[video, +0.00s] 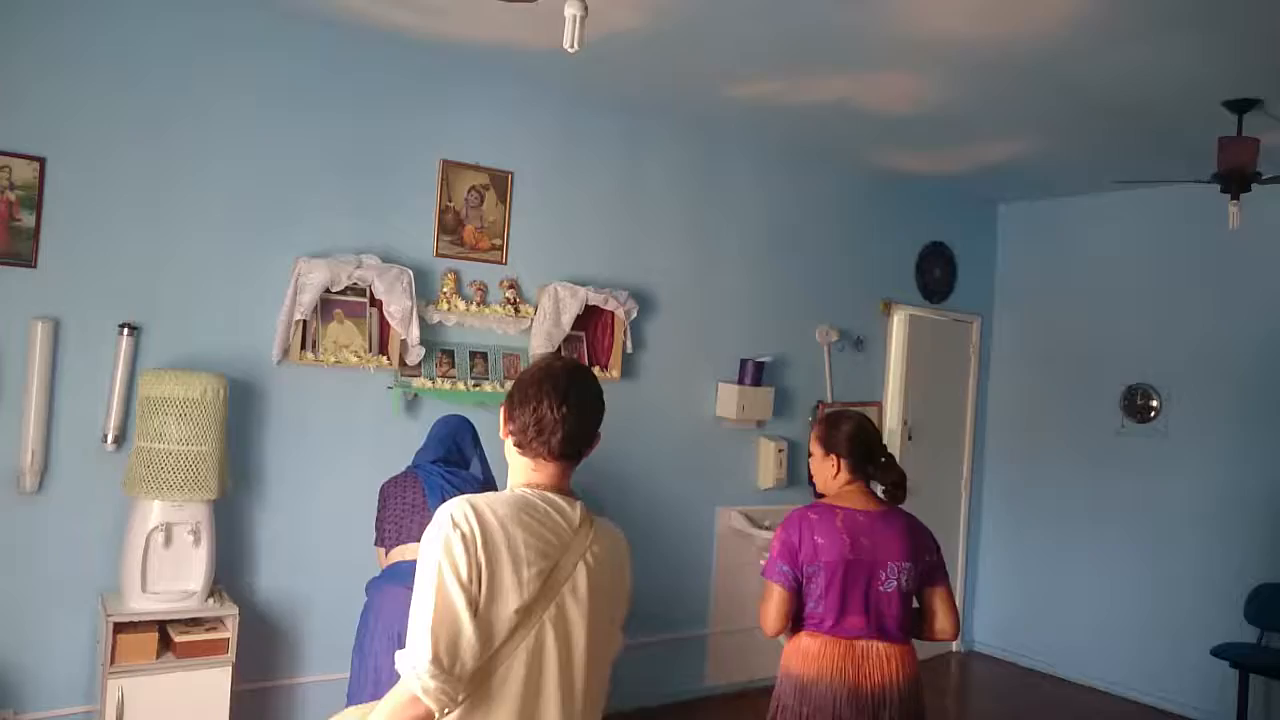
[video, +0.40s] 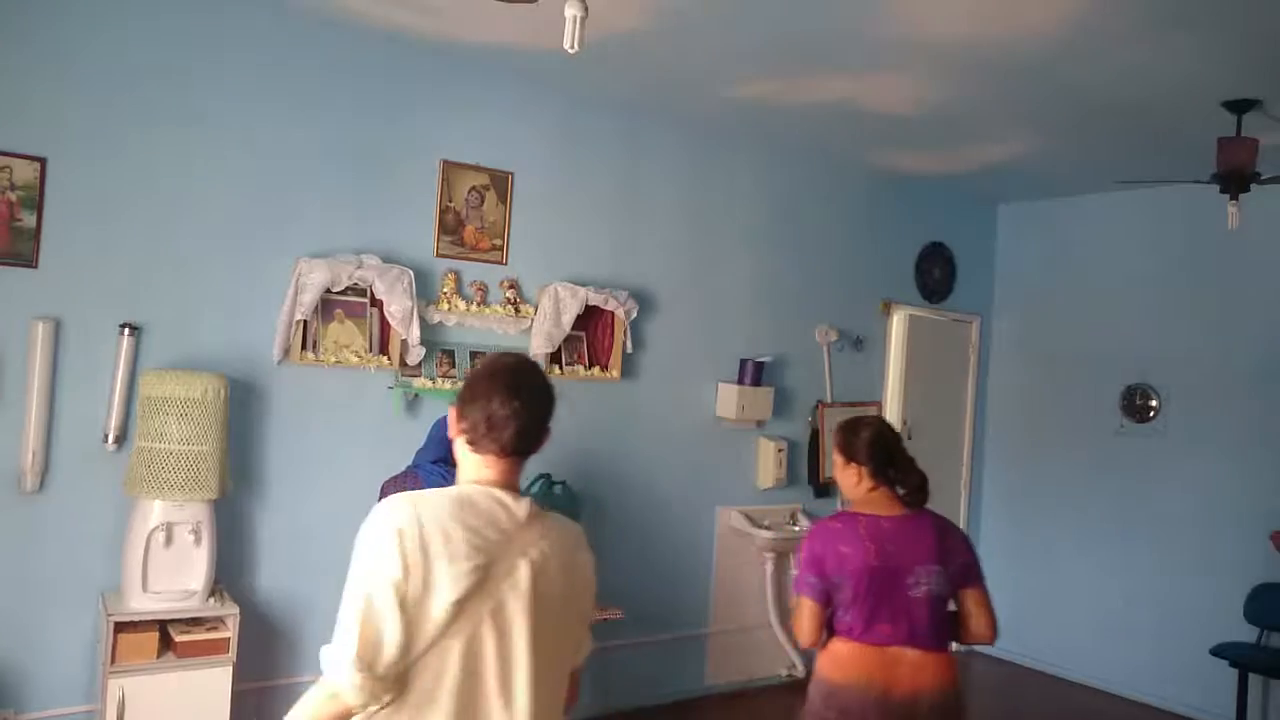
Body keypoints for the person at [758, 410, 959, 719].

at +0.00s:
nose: (809, 467)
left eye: (812, 457)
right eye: (809, 457)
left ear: (835, 464)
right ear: (870, 462)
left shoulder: (801, 524)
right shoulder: (913, 530)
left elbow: (773, 624)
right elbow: (945, 626)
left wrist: (803, 610)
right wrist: (888, 614)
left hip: (816, 680)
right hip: (892, 681)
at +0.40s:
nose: (834, 474)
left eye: (837, 465)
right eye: (834, 464)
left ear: (857, 473)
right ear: (893, 466)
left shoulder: (826, 535)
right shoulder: (945, 533)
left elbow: (807, 636)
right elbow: (982, 629)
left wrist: (843, 616)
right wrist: (922, 617)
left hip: (849, 688)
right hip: (931, 688)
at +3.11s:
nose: (940, 482)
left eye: (944, 472)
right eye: (942, 471)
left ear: (967, 487)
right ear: (1012, 480)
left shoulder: (947, 561)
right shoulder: (1057, 558)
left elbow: (926, 677)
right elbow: (1086, 657)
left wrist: (895, 632)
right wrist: (1019, 646)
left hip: (962, 704)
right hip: (1040, 703)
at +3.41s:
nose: (956, 479)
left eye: (961, 469)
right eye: (958, 468)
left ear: (987, 484)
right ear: (1025, 479)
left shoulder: (970, 560)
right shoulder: (1067, 553)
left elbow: (954, 670)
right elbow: (1089, 642)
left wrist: (909, 623)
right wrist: (1022, 634)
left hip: (982, 702)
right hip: (1050, 694)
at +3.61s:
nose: (962, 473)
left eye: (970, 465)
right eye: (966, 464)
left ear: (998, 482)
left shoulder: (986, 554)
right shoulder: (1064, 549)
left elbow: (966, 663)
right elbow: (1083, 639)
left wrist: (916, 621)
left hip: (990, 700)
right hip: (1053, 691)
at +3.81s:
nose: (966, 463)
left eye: (976, 457)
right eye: (972, 454)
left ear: (1003, 477)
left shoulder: (987, 548)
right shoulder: (1057, 545)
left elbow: (973, 657)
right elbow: (1075, 636)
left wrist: (915, 620)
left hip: (988, 692)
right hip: (1048, 684)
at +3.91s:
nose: (966, 464)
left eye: (976, 457)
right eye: (971, 455)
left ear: (1003, 476)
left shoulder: (990, 547)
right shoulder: (1054, 542)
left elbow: (975, 655)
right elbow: (1071, 636)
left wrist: (912, 618)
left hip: (987, 693)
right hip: (1045, 684)